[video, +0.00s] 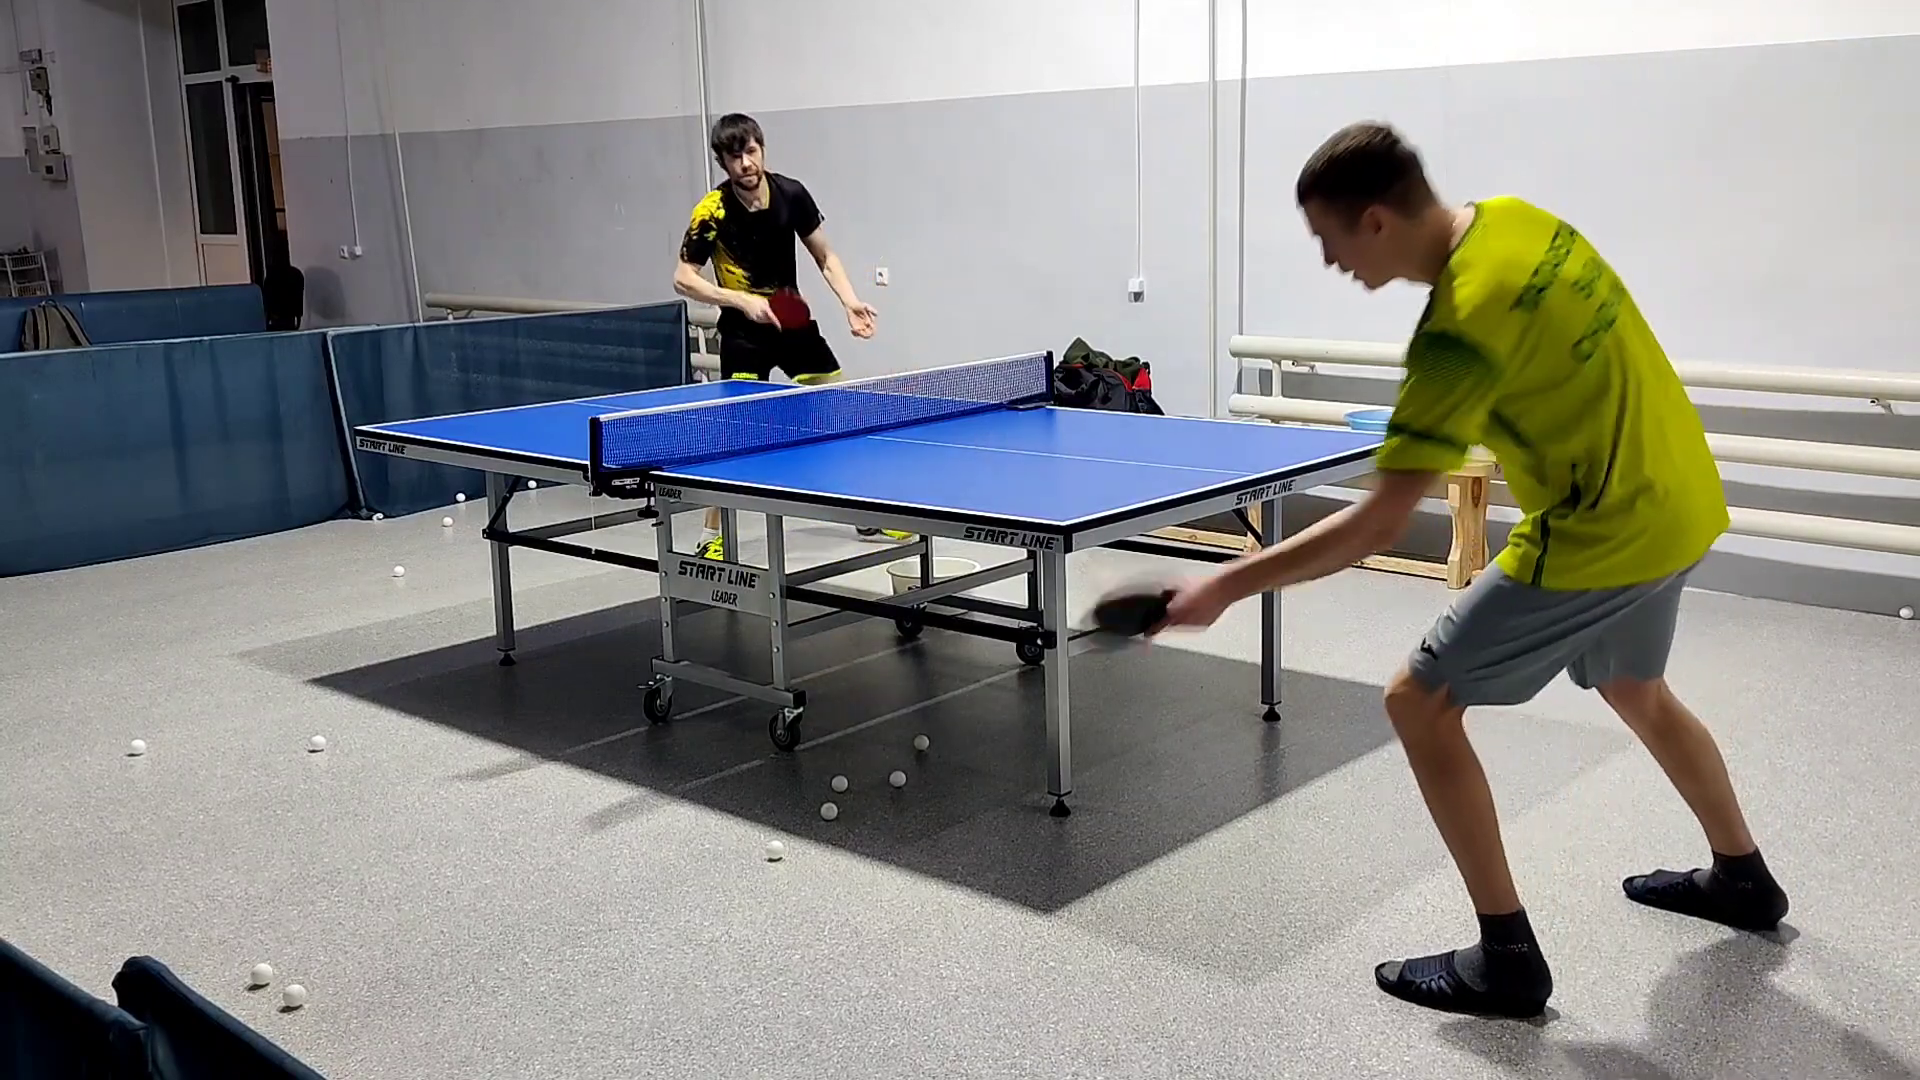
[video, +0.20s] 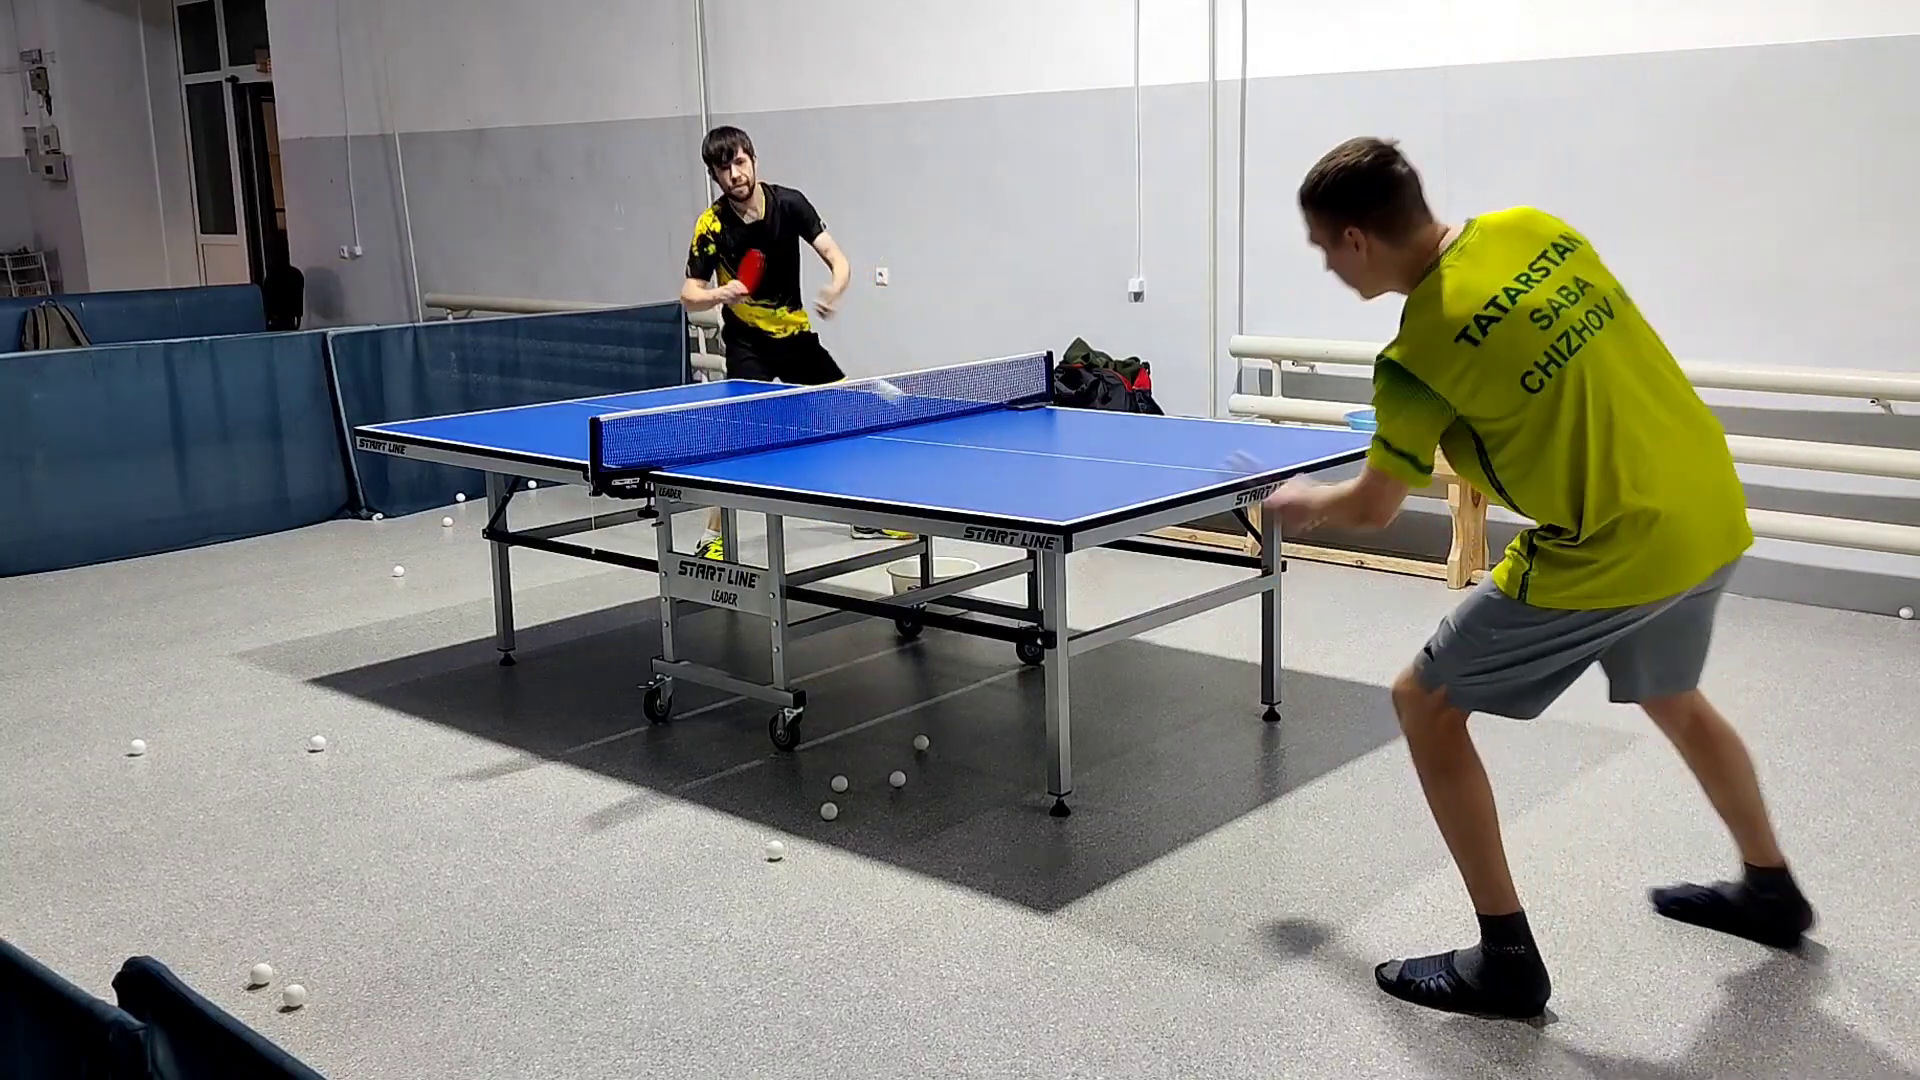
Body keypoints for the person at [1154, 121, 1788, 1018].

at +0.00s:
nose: (1333, 262)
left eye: (1331, 241)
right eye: (1324, 245)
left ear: (1379, 218)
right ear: (1403, 202)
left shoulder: (1457, 325)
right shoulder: (1515, 217)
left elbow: (1381, 520)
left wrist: (1228, 584)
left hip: (1601, 533)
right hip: (1679, 498)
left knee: (1419, 702)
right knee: (1634, 684)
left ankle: (1507, 953)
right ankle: (1743, 875)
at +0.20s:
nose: (1331, 267)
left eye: (1325, 249)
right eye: (1322, 250)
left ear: (1355, 240)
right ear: (1418, 208)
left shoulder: (1415, 358)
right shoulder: (1534, 226)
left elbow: (1375, 505)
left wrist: (1306, 507)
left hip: (1605, 548)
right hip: (1710, 509)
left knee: (1425, 699)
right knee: (1666, 687)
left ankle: (1506, 954)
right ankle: (1771, 887)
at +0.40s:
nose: (1405, 219)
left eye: (1405, 199)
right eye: (1400, 200)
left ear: (1438, 190)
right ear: (1492, 169)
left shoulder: (1473, 313)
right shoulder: (1613, 206)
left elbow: (1476, 482)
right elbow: (1650, 354)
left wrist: (1438, 474)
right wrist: (1525, 429)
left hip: (1648, 541)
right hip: (1766, 512)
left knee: (1471, 694)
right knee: (1725, 710)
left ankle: (1509, 955)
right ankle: (1890, 935)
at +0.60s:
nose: (1545, 190)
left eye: (1548, 167)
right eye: (1542, 168)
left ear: (1585, 157)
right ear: (1639, 144)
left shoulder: (1625, 287)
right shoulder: (1754, 201)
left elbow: (1628, 492)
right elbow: (1806, 373)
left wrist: (1558, 535)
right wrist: (1664, 470)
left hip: (1751, 559)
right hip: (1864, 536)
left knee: (1555, 703)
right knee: (1797, 758)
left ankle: (1519, 957)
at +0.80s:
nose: (1672, 168)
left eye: (1678, 145)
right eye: (1670, 147)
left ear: (1727, 135)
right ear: (1766, 127)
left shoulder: (1778, 270)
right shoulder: (1878, 192)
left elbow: (1777, 487)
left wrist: (1644, 550)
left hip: (1868, 569)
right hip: (1919, 557)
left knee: (1667, 721)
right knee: (1847, 766)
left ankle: (1624, 995)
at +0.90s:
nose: (1708, 141)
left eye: (1714, 116)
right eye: (1706, 118)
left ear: (1765, 110)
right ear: (1814, 101)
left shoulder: (1832, 248)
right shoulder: (1905, 174)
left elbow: (1833, 470)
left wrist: (1686, 546)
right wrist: (1703, 538)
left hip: (1894, 553)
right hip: (1915, 546)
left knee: (1736, 740)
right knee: (1871, 751)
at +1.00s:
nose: (1735, 123)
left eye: (1739, 99)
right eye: (1732, 101)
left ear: (1786, 95)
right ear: (1836, 86)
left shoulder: (1874, 237)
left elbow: (1872, 463)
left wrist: (1714, 548)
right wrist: (1721, 546)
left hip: (1913, 567)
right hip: (1912, 562)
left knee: (1842, 787)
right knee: (1885, 788)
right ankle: (1919, 1019)